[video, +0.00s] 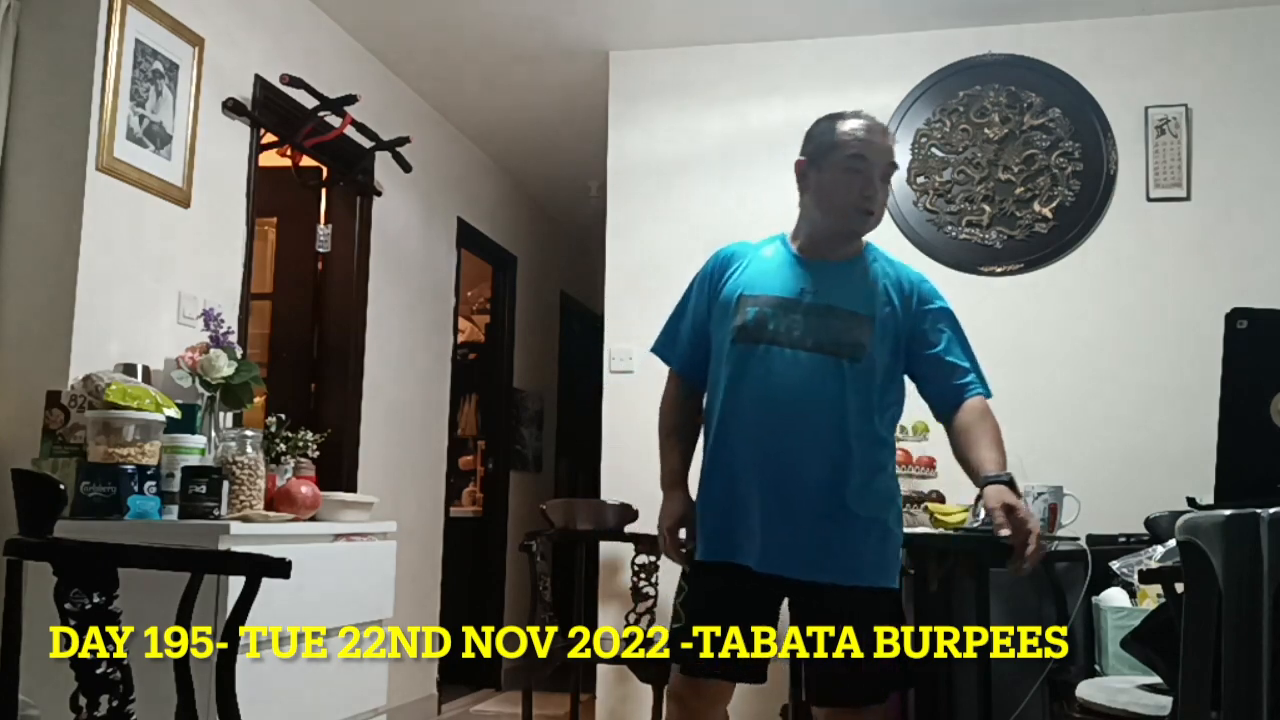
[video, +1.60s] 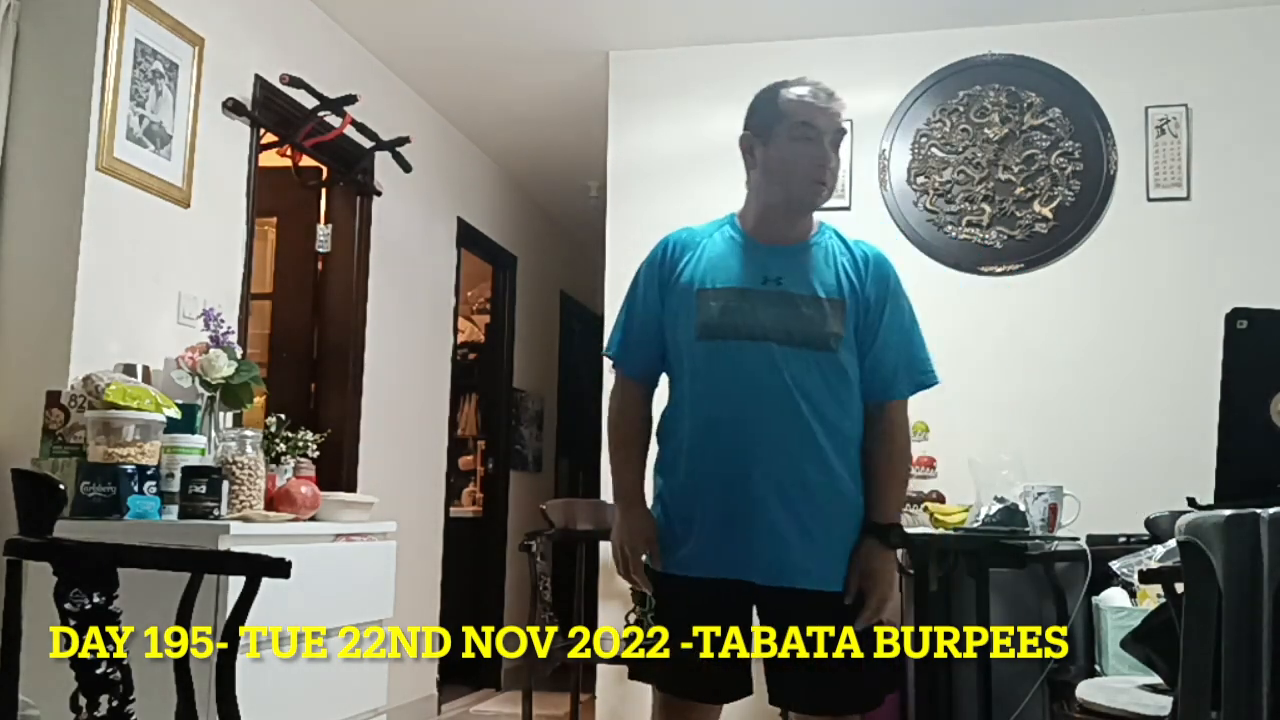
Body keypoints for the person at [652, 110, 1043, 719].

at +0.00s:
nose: (874, 189)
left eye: (885, 175)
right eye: (856, 166)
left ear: (893, 188)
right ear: (804, 173)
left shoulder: (907, 294)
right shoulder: (731, 269)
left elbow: (964, 397)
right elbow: (683, 387)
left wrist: (994, 480)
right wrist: (674, 488)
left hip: (853, 550)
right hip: (736, 535)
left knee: (851, 709)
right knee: (694, 696)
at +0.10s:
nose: (911, 184)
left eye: (924, 170)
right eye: (894, 161)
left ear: (933, 183)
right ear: (841, 165)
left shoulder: (937, 289)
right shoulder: (758, 255)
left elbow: (1003, 385)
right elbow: (705, 368)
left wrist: (1048, 462)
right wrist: (690, 475)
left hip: (863, 560)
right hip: (746, 536)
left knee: (860, 712)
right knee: (701, 693)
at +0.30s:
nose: (966, 192)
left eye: (979, 176)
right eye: (949, 166)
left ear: (986, 183)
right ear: (891, 159)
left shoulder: (980, 295)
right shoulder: (793, 240)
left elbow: (1062, 379)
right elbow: (726, 349)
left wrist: (1135, 444)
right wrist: (706, 460)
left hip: (880, 570)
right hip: (762, 540)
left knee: (861, 714)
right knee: (726, 706)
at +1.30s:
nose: (949, 175)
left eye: (962, 160)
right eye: (931, 151)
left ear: (969, 167)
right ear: (873, 151)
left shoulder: (970, 287)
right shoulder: (773, 240)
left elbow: (1036, 393)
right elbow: (708, 353)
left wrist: (1090, 476)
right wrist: (692, 472)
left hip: (878, 572)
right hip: (752, 541)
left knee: (859, 717)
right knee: (711, 702)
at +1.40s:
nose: (918, 168)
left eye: (927, 151)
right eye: (898, 143)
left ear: (930, 164)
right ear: (837, 147)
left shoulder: (943, 280)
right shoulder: (750, 246)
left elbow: (1001, 399)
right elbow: (688, 366)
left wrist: (1026, 499)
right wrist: (676, 483)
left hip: (869, 571)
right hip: (743, 547)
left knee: (861, 715)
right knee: (705, 703)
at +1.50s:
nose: (875, 159)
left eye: (884, 144)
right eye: (853, 138)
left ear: (891, 158)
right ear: (794, 148)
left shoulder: (910, 278)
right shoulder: (714, 254)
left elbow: (948, 411)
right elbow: (662, 380)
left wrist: (955, 529)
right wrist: (654, 501)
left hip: (851, 559)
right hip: (724, 544)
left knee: (855, 713)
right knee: (693, 706)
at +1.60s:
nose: (830, 156)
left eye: (838, 141)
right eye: (808, 135)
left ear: (844, 156)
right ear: (753, 146)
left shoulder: (868, 272)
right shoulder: (676, 258)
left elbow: (889, 414)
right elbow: (631, 390)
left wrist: (884, 538)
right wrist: (630, 507)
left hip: (825, 560)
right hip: (698, 549)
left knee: (829, 716)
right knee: (683, 708)